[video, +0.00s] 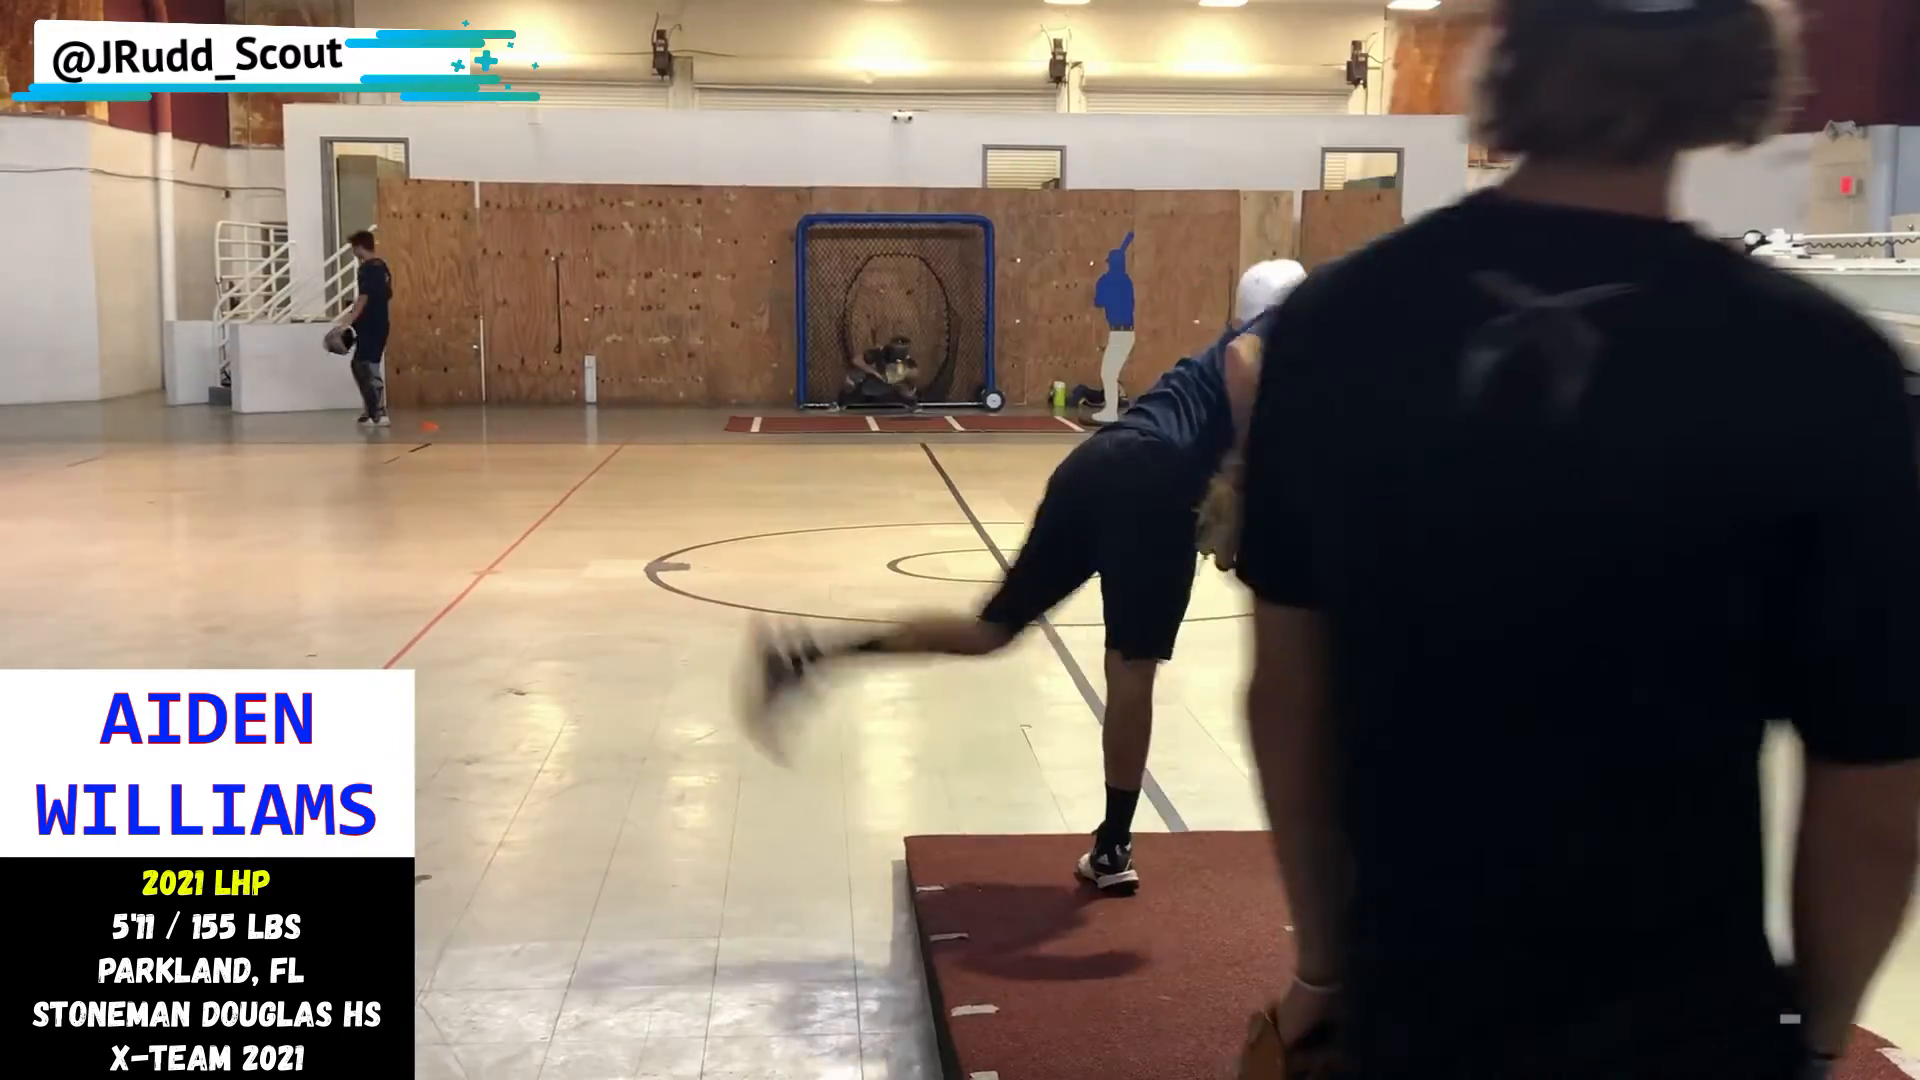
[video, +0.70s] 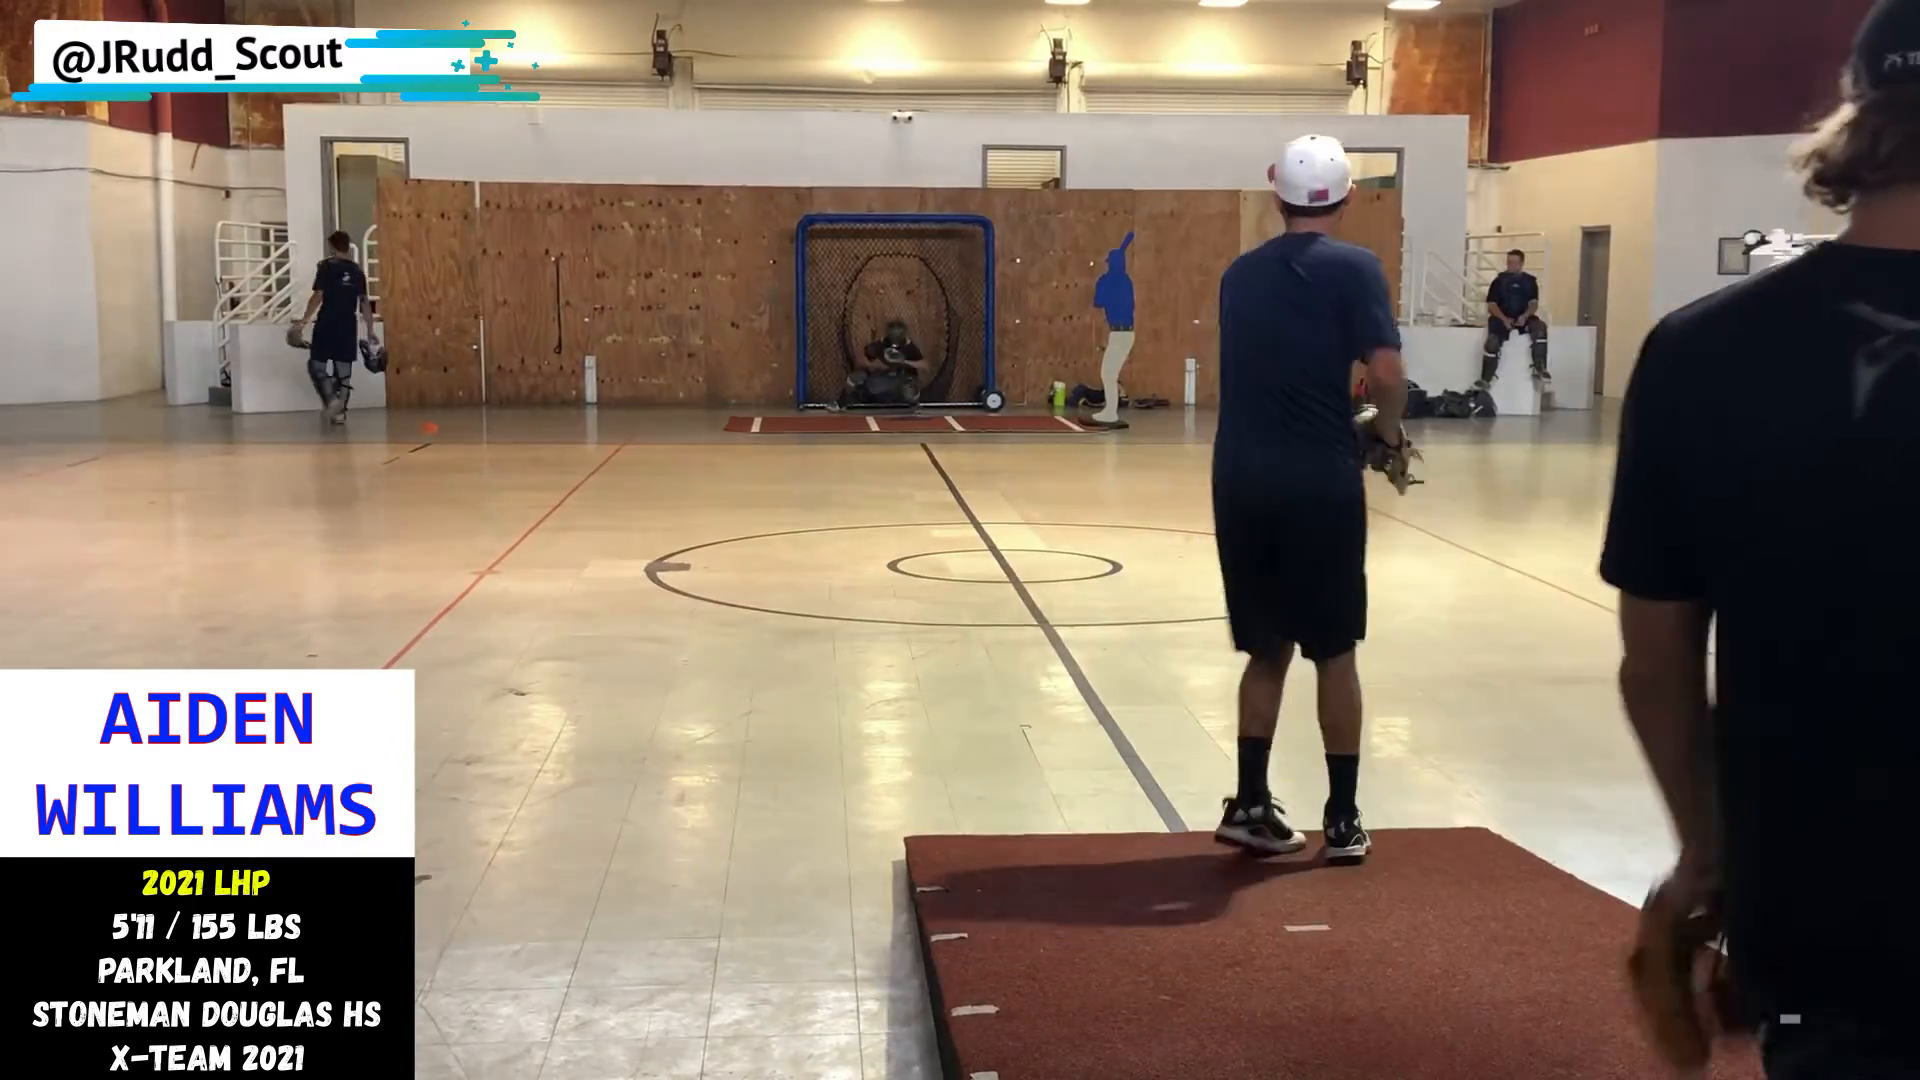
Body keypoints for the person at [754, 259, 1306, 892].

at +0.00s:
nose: (1309, 326)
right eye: (1303, 312)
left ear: (1245, 311)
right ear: (1292, 315)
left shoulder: (1220, 352)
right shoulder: (1266, 349)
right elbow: (1256, 464)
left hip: (1089, 474)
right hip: (1155, 497)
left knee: (987, 629)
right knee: (1133, 674)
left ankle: (810, 651)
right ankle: (1112, 848)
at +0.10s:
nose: (1323, 295)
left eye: (1318, 287)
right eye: (1321, 285)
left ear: (1250, 293)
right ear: (1311, 289)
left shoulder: (1228, 334)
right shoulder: (1297, 308)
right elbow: (1266, 352)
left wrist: (1261, 507)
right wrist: (1291, 478)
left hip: (1101, 466)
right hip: (1168, 485)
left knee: (1071, 637)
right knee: (1132, 666)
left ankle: (994, 775)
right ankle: (1106, 846)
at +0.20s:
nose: (1328, 277)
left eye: (1323, 268)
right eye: (1327, 268)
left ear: (1256, 274)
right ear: (1317, 271)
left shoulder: (1226, 320)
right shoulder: (1303, 294)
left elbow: (1167, 398)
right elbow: (1277, 344)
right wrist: (1301, 468)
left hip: (1125, 475)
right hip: (1185, 487)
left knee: (1157, 652)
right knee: (1153, 663)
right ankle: (1103, 837)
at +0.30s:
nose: (1333, 256)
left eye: (1328, 247)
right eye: (1331, 247)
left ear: (1260, 255)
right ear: (1321, 254)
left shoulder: (1237, 301)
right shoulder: (1304, 284)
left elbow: (1180, 396)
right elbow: (1275, 340)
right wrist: (1305, 466)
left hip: (1168, 487)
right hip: (1215, 495)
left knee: (1236, 643)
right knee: (1218, 663)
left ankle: (1239, 814)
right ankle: (1129, 827)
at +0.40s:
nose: (1331, 245)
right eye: (1331, 235)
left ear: (1266, 240)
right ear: (1328, 238)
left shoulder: (1238, 297)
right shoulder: (1311, 281)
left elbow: (1202, 389)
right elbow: (1282, 343)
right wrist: (1311, 460)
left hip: (1191, 488)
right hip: (1243, 494)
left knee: (1253, 653)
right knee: (1283, 658)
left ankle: (1243, 815)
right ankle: (1178, 799)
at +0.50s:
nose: (1341, 225)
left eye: (1333, 215)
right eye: (1339, 215)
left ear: (1273, 221)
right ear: (1332, 219)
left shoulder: (1236, 290)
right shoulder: (1322, 269)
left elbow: (1233, 403)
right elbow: (1308, 343)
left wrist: (1312, 481)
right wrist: (1339, 447)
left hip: (1205, 483)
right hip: (1271, 486)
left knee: (1255, 642)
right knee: (1319, 641)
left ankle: (1237, 811)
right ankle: (1246, 790)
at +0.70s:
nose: (1338, 203)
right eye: (1341, 193)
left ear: (1277, 196)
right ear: (1343, 197)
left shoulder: (1239, 274)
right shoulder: (1357, 267)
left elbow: (1259, 380)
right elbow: (1387, 376)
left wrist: (1348, 411)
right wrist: (1389, 431)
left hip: (1242, 487)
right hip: (1324, 490)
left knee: (1266, 647)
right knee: (1335, 653)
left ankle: (1249, 803)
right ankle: (1342, 817)